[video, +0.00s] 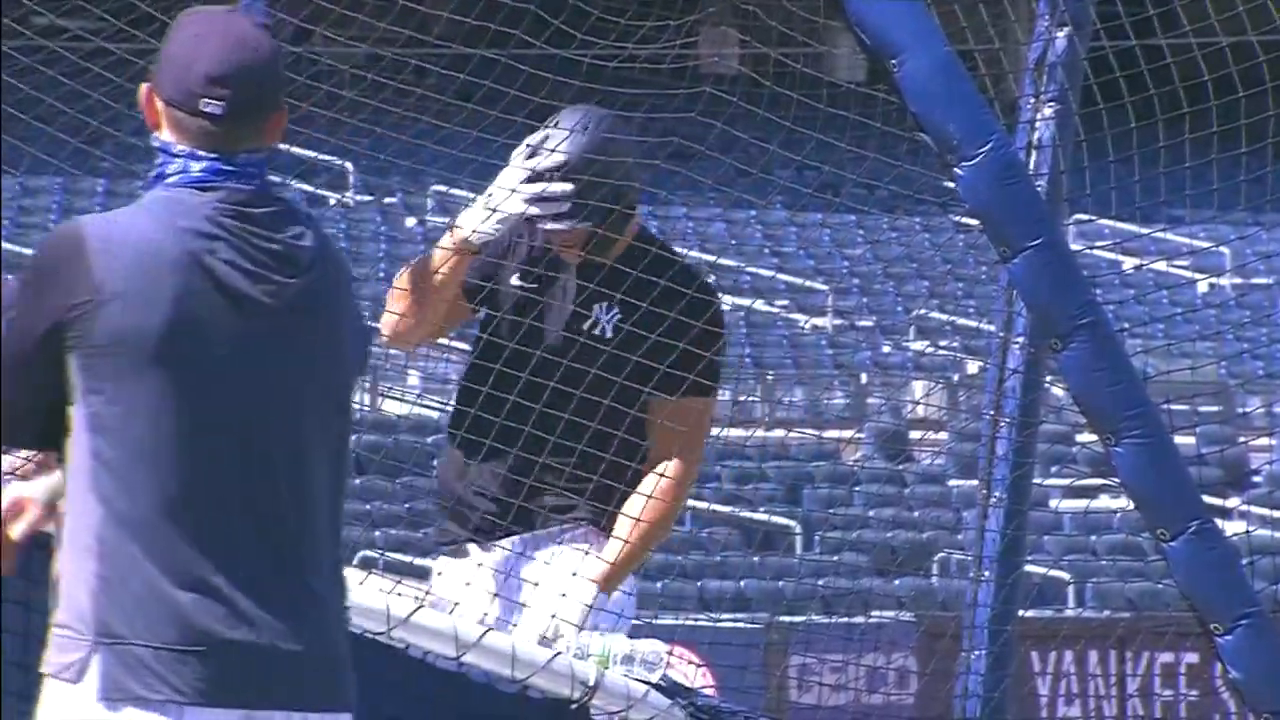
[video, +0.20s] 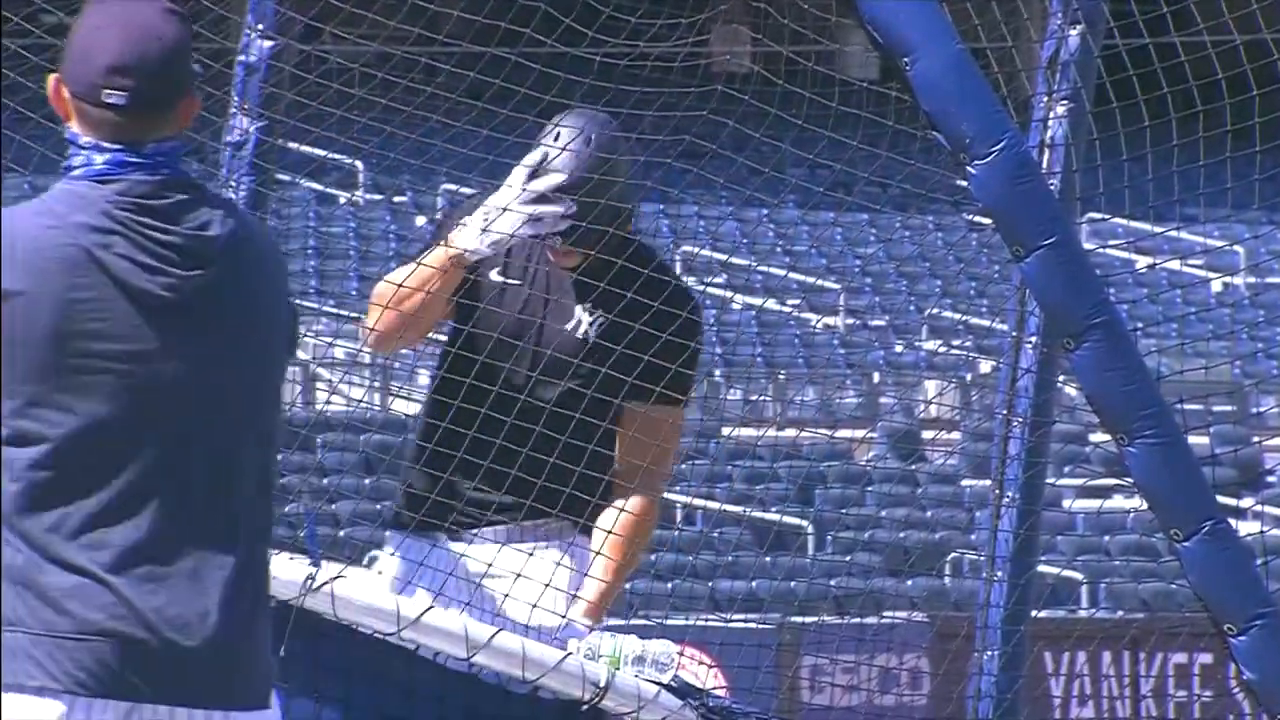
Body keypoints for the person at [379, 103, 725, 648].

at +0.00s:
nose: (552, 231)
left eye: (567, 216)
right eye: (543, 213)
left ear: (615, 207)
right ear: (526, 200)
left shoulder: (678, 298)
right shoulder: (516, 248)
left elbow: (673, 460)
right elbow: (398, 328)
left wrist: (594, 585)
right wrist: (485, 218)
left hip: (577, 543)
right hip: (471, 532)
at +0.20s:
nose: (555, 244)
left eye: (574, 233)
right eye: (545, 227)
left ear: (614, 217)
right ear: (528, 200)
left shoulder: (660, 304)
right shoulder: (482, 238)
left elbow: (639, 481)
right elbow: (381, 330)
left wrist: (581, 617)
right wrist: (475, 233)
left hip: (544, 548)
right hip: (426, 537)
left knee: (535, 702)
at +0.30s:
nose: (561, 251)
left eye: (580, 237)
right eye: (548, 228)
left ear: (613, 219)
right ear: (523, 196)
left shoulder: (643, 303)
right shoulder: (465, 224)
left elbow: (622, 468)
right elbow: (360, 344)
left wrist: (579, 613)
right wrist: (454, 266)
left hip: (534, 553)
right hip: (406, 538)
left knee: (515, 709)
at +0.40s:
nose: (547, 266)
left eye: (567, 256)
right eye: (535, 246)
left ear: (601, 234)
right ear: (510, 195)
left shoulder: (622, 315)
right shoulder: (442, 228)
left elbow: (597, 478)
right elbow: (336, 358)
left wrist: (551, 631)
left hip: (511, 556)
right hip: (379, 540)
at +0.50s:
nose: (524, 276)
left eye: (545, 267)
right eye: (518, 256)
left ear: (576, 244)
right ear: (493, 206)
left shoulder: (588, 327)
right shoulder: (400, 248)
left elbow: (566, 490)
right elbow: (307, 368)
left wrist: (540, 651)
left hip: (476, 564)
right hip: (342, 548)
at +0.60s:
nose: (495, 299)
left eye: (513, 288)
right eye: (486, 280)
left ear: (539, 267)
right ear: (454, 229)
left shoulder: (543, 340)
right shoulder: (349, 280)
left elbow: (534, 498)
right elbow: (261, 399)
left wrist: (514, 648)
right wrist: (324, 530)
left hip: (436, 576)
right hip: (302, 563)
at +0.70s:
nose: (444, 324)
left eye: (461, 312)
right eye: (435, 304)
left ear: (485, 293)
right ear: (400, 254)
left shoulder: (485, 363)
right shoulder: (284, 315)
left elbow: (482, 526)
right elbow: (216, 464)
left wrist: (476, 659)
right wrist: (293, 603)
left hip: (394, 610)